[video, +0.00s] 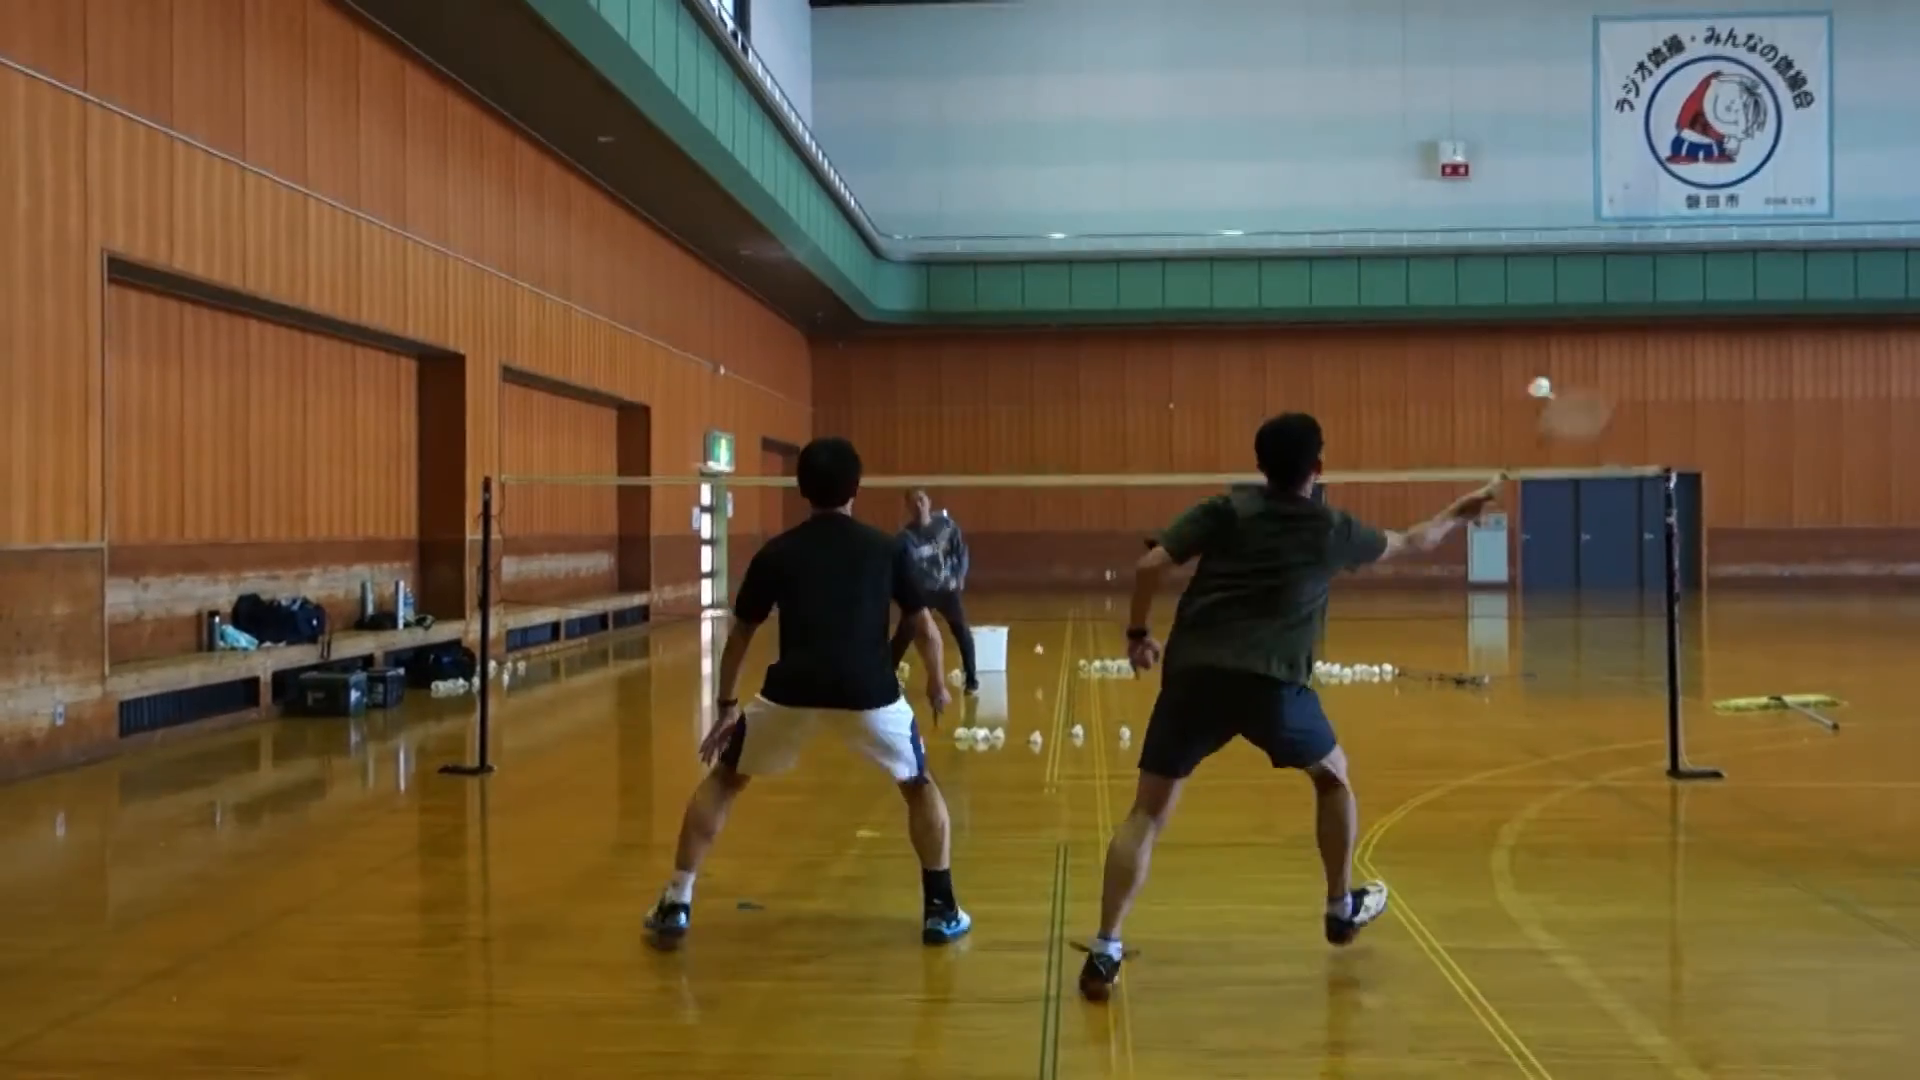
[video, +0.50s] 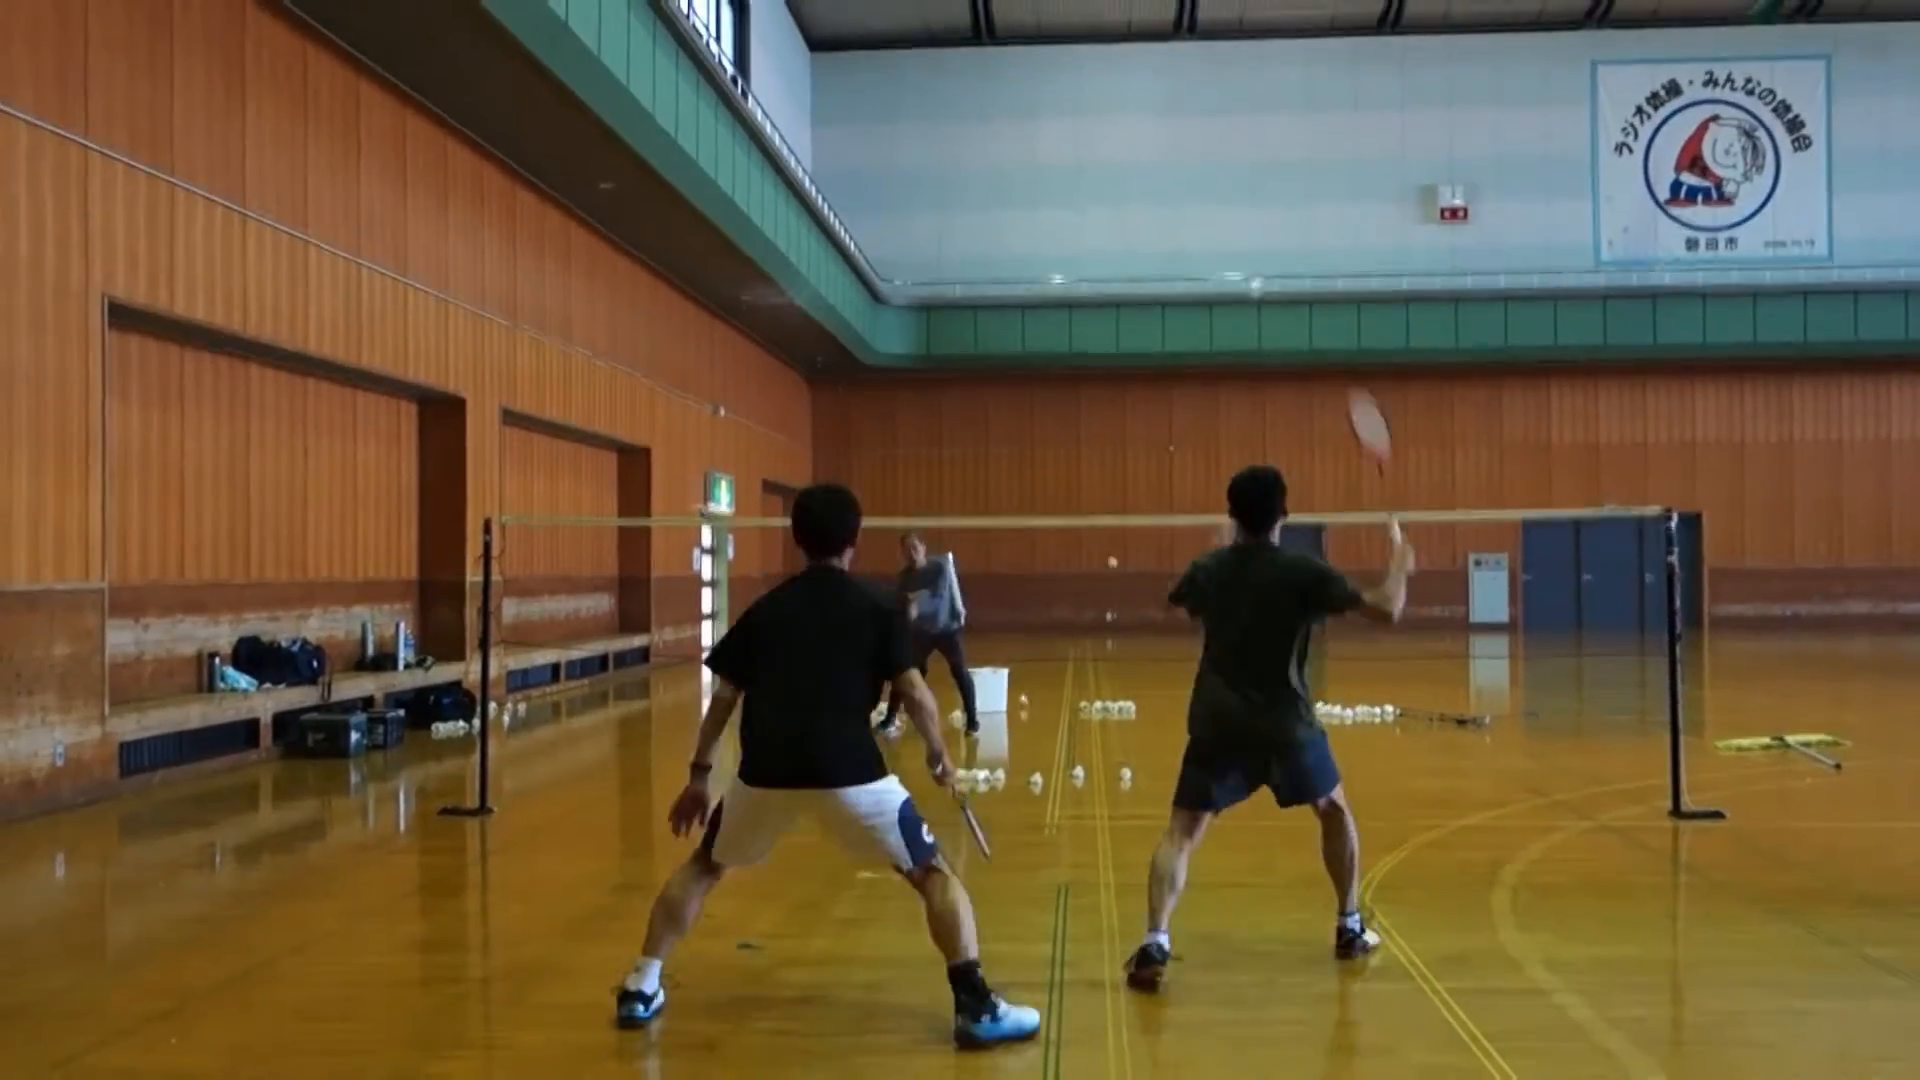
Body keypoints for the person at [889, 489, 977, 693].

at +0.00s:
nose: (919, 505)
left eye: (922, 500)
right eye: (915, 501)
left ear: (928, 502)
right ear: (909, 506)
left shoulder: (946, 525)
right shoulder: (906, 536)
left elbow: (961, 551)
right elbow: (900, 564)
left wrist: (960, 577)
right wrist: (907, 589)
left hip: (946, 590)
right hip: (918, 593)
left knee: (962, 632)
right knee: (902, 636)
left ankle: (971, 677)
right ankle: (886, 674)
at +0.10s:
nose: (919, 534)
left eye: (922, 529)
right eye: (914, 530)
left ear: (928, 531)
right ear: (908, 535)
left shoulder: (945, 553)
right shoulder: (904, 565)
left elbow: (963, 580)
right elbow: (906, 596)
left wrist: (958, 607)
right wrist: (924, 612)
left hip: (946, 618)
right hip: (919, 621)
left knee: (960, 661)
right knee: (900, 664)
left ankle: (970, 708)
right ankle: (888, 709)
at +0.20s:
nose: (919, 549)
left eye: (922, 544)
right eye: (915, 546)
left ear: (928, 547)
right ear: (909, 550)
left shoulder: (945, 569)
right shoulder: (905, 579)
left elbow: (962, 595)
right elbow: (902, 611)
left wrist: (952, 614)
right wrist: (910, 639)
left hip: (947, 634)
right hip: (921, 637)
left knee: (962, 677)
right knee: (900, 679)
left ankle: (972, 723)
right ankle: (889, 724)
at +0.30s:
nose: (915, 553)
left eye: (918, 547)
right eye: (910, 549)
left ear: (925, 549)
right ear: (905, 553)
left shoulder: (941, 571)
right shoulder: (904, 580)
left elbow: (956, 599)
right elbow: (896, 612)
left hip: (946, 634)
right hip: (920, 636)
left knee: (961, 677)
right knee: (905, 681)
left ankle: (972, 723)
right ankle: (890, 723)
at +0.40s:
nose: (913, 554)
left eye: (916, 549)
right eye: (909, 550)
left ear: (924, 550)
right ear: (903, 554)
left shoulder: (941, 570)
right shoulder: (902, 579)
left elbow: (942, 601)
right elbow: (896, 611)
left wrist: (914, 591)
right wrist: (894, 636)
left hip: (946, 633)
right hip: (920, 635)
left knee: (959, 676)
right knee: (905, 680)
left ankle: (972, 721)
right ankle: (890, 721)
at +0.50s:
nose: (913, 553)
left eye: (916, 547)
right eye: (908, 549)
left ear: (923, 548)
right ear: (904, 552)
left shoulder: (941, 567)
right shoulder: (904, 577)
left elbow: (940, 598)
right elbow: (902, 605)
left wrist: (916, 604)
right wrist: (905, 624)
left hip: (946, 629)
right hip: (920, 630)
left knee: (960, 672)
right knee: (905, 674)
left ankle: (971, 717)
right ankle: (890, 717)